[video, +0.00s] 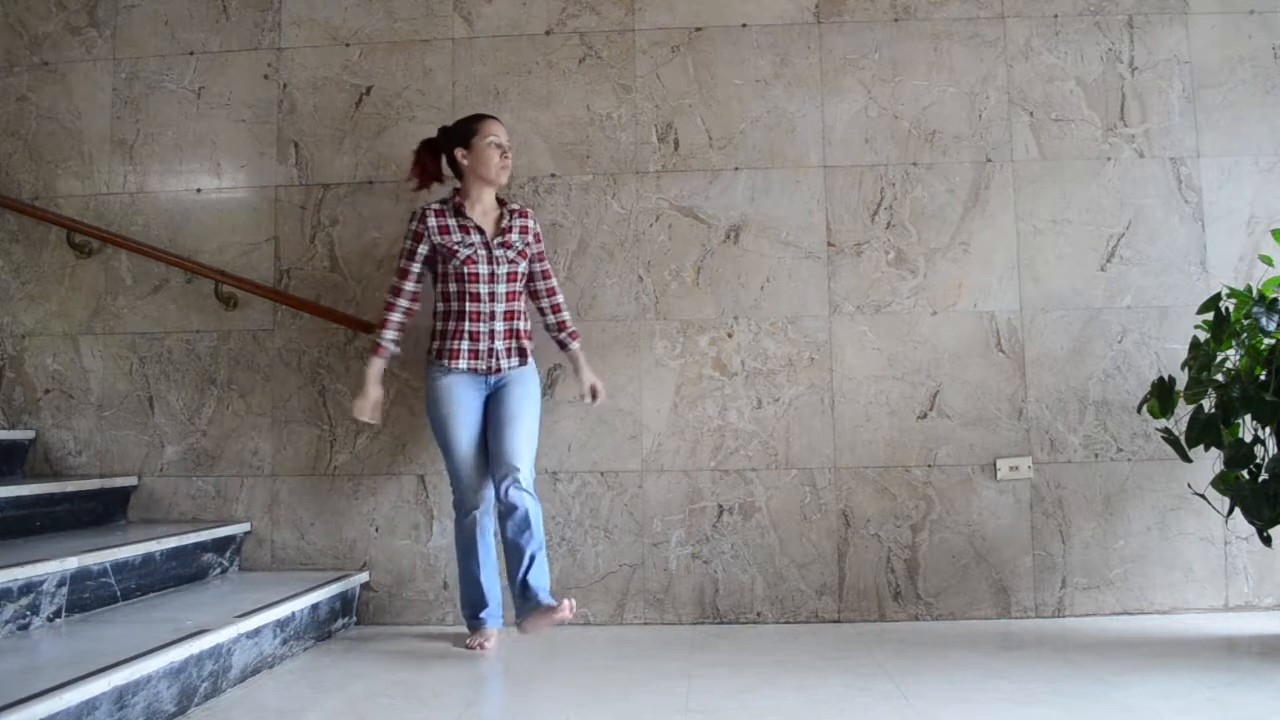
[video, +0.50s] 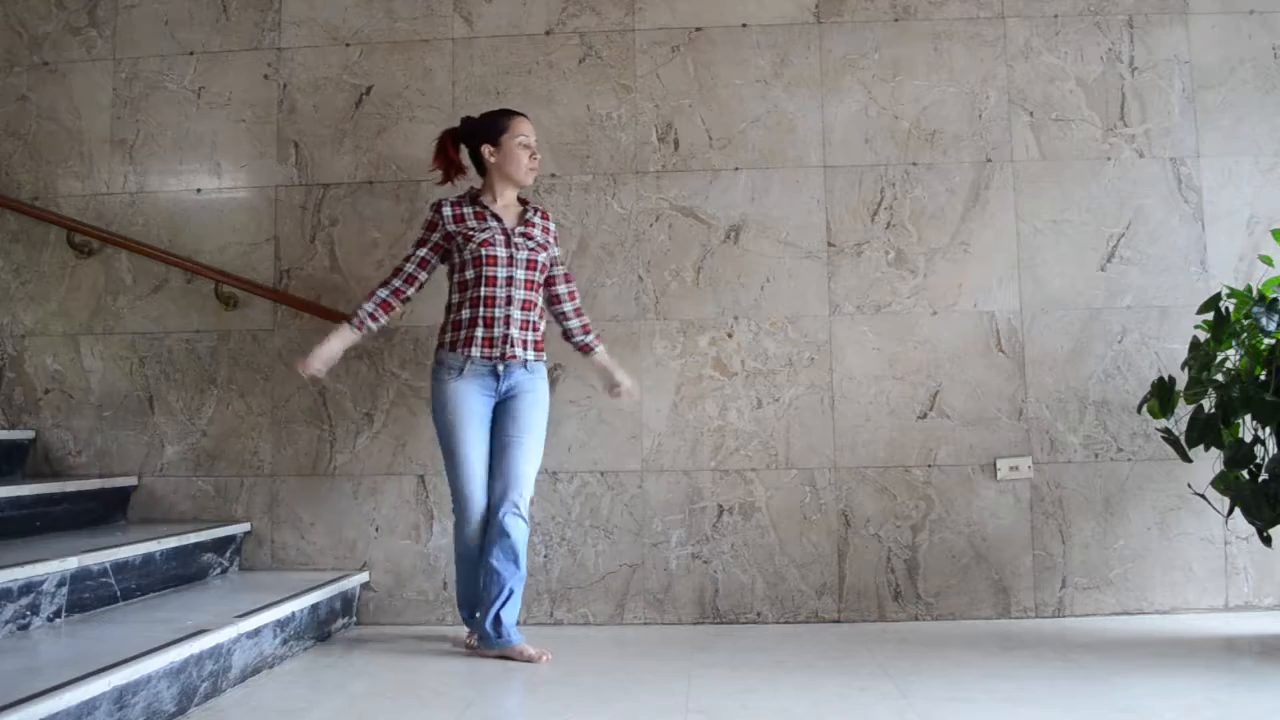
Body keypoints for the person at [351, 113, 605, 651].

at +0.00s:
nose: (507, 155)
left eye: (508, 148)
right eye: (496, 147)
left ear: (502, 160)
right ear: (461, 156)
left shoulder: (522, 221)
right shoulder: (432, 219)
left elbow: (547, 294)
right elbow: (403, 297)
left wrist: (580, 361)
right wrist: (373, 373)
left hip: (517, 369)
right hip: (455, 372)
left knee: (515, 479)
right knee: (472, 496)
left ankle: (535, 603)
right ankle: (483, 621)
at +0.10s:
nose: (513, 154)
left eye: (512, 147)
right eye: (500, 147)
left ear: (505, 161)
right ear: (466, 159)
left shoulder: (526, 223)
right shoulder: (434, 223)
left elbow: (552, 293)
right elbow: (393, 296)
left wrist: (589, 359)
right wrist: (344, 364)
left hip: (517, 371)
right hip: (454, 374)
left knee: (514, 485)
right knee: (470, 497)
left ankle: (527, 612)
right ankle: (483, 620)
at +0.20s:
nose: (518, 155)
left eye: (518, 147)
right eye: (507, 147)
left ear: (505, 160)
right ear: (472, 157)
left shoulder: (530, 224)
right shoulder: (437, 220)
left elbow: (554, 294)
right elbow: (391, 289)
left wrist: (591, 358)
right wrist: (336, 351)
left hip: (518, 372)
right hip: (456, 372)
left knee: (509, 490)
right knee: (469, 497)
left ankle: (513, 621)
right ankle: (479, 621)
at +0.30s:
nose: (524, 157)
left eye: (523, 149)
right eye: (513, 148)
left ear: (508, 161)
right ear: (477, 157)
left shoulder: (532, 226)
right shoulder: (442, 219)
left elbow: (553, 300)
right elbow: (395, 289)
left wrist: (589, 365)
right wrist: (340, 353)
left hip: (521, 376)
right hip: (457, 374)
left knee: (506, 496)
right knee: (468, 499)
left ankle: (500, 627)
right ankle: (482, 625)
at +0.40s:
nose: (530, 157)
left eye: (530, 149)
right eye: (520, 148)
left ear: (512, 159)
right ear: (484, 156)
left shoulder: (537, 227)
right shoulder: (447, 218)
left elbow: (555, 305)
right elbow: (402, 290)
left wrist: (589, 370)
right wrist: (348, 355)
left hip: (524, 376)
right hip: (459, 374)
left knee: (511, 498)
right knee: (471, 500)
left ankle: (500, 629)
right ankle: (480, 622)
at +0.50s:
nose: (536, 158)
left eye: (536, 149)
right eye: (525, 147)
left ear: (518, 158)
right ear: (489, 153)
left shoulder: (541, 226)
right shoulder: (451, 215)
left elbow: (563, 299)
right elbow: (401, 284)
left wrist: (604, 362)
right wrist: (338, 340)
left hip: (528, 374)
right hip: (463, 372)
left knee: (514, 501)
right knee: (474, 505)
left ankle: (500, 630)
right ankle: (479, 621)